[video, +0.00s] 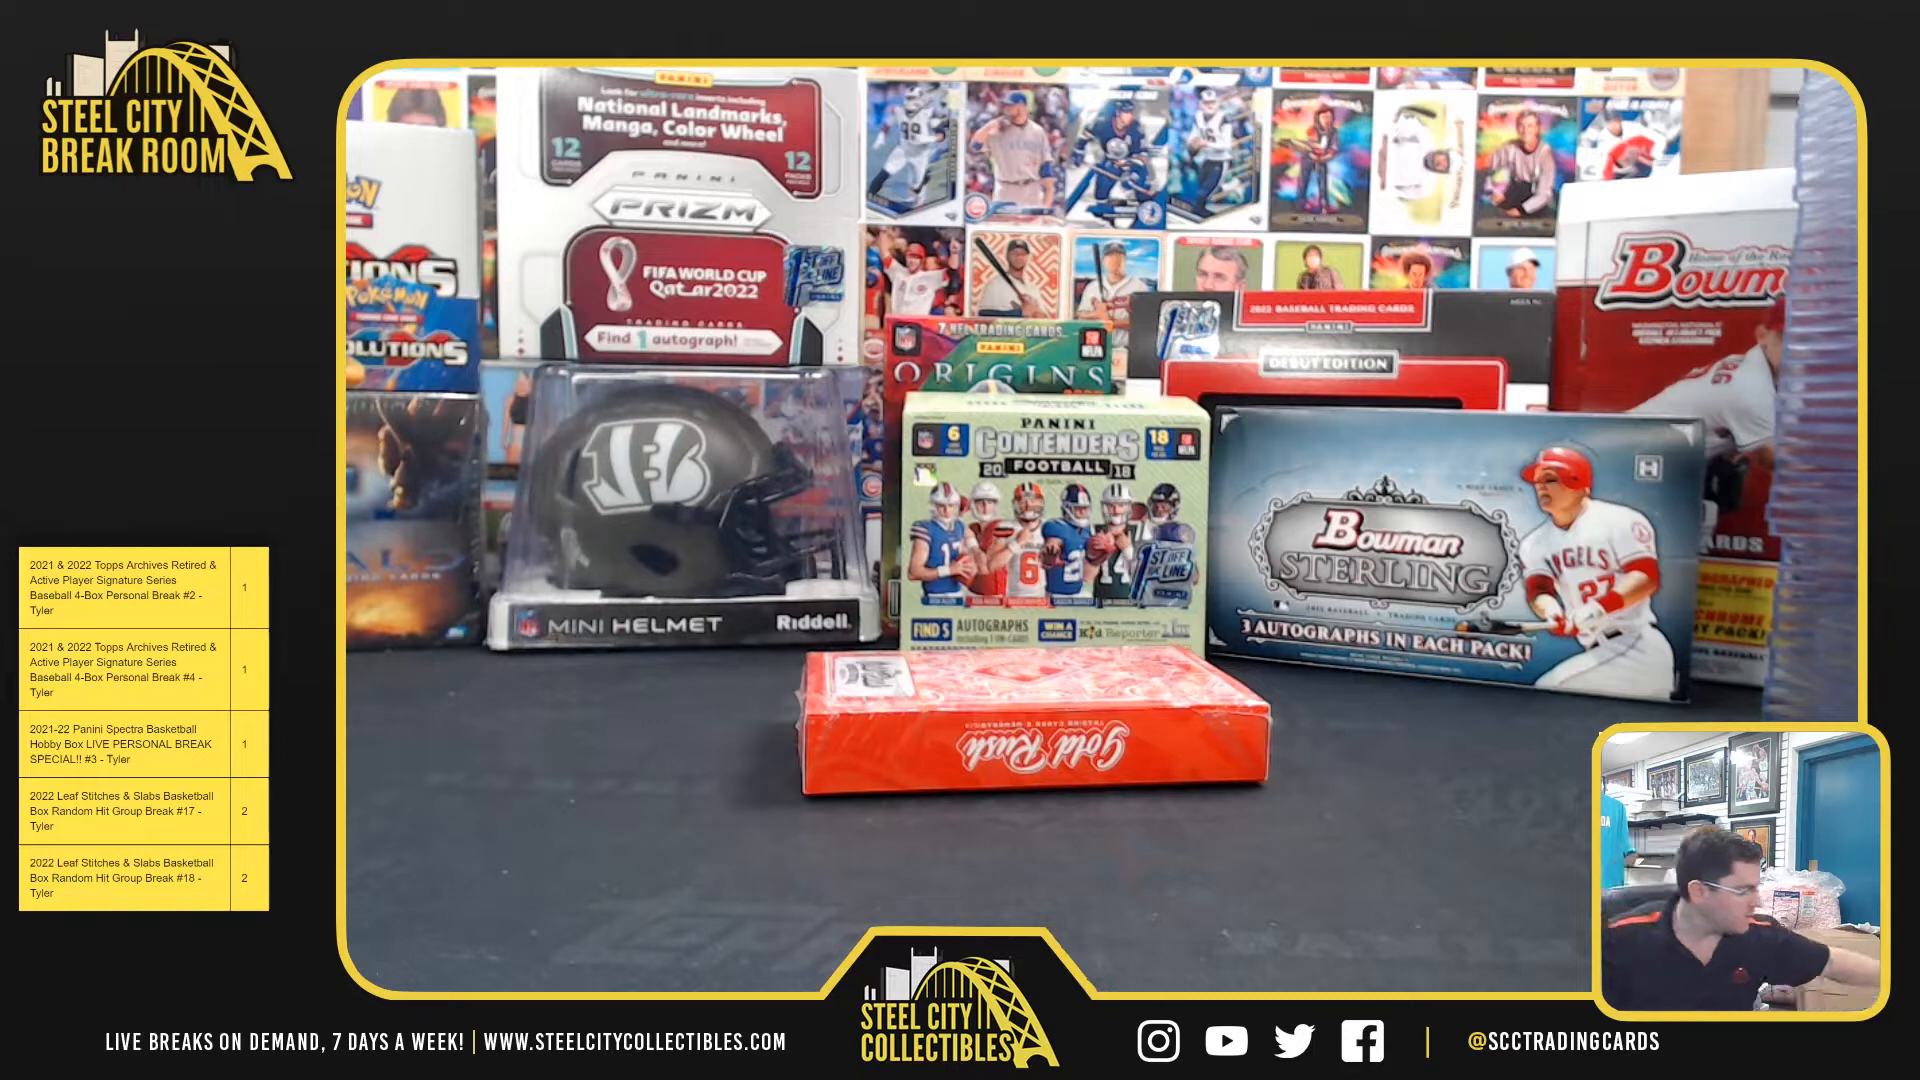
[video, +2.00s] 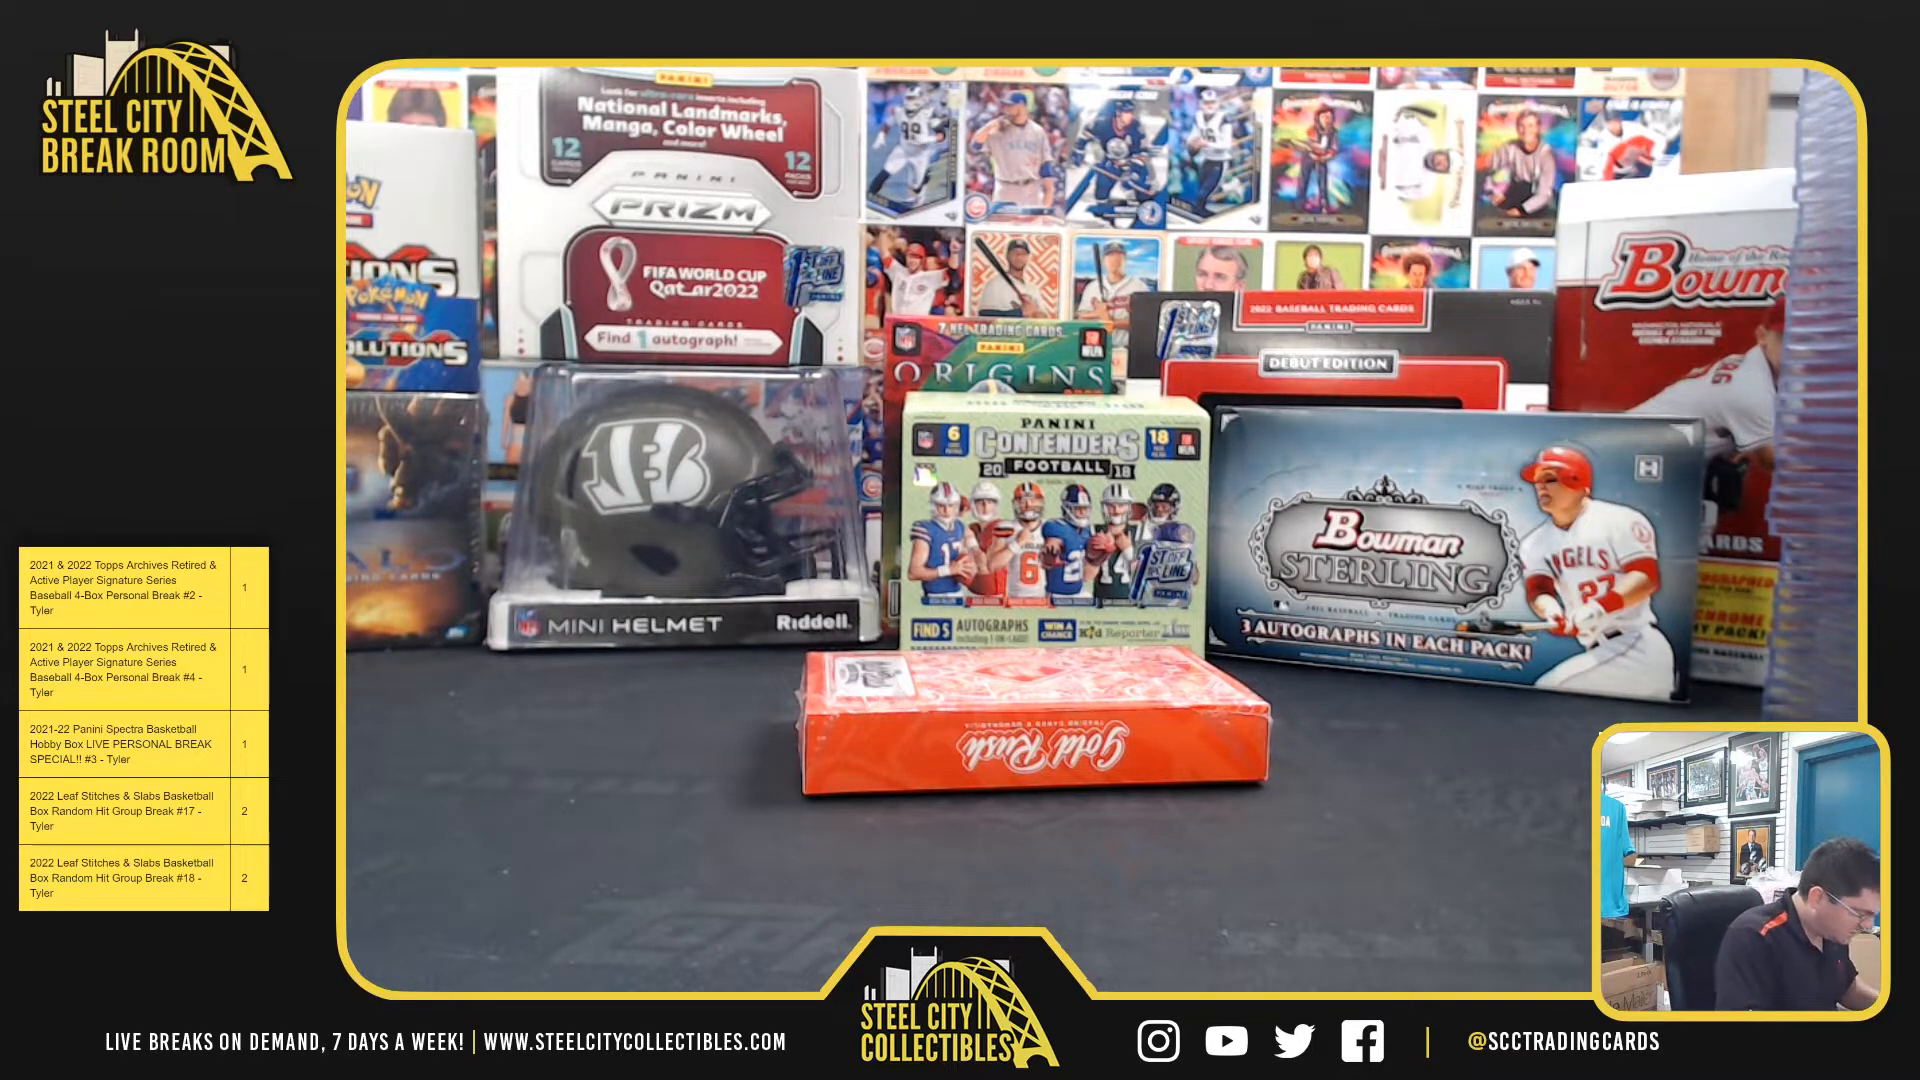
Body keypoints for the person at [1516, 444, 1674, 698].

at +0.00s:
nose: (1540, 489)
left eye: (1550, 480)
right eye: (1537, 483)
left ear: (1578, 485)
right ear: (1533, 488)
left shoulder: (1624, 522)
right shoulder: (1534, 545)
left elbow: (1646, 577)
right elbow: (1539, 591)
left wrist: (1600, 607)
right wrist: (1553, 614)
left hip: (1638, 647)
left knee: (1546, 693)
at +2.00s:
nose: (1540, 489)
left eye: (1550, 480)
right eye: (1537, 483)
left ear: (1579, 485)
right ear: (1533, 487)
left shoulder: (1624, 521)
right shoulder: (1534, 545)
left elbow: (1646, 577)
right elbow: (1538, 591)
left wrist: (1600, 607)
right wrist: (1554, 614)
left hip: (1638, 647)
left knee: (1545, 693)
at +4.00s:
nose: (1540, 490)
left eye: (1550, 481)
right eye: (1537, 483)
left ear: (1578, 484)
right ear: (1533, 488)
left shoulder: (1624, 521)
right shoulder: (1534, 545)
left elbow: (1646, 577)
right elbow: (1538, 591)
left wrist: (1599, 608)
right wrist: (1554, 614)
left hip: (1638, 648)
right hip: (1599, 651)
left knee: (1546, 692)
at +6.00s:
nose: (1540, 490)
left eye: (1549, 481)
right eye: (1537, 483)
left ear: (1578, 484)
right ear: (1533, 487)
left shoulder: (1624, 521)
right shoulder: (1534, 545)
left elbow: (1646, 577)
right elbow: (1538, 591)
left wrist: (1599, 608)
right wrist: (1553, 613)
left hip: (1638, 648)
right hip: (1599, 652)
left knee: (1546, 692)